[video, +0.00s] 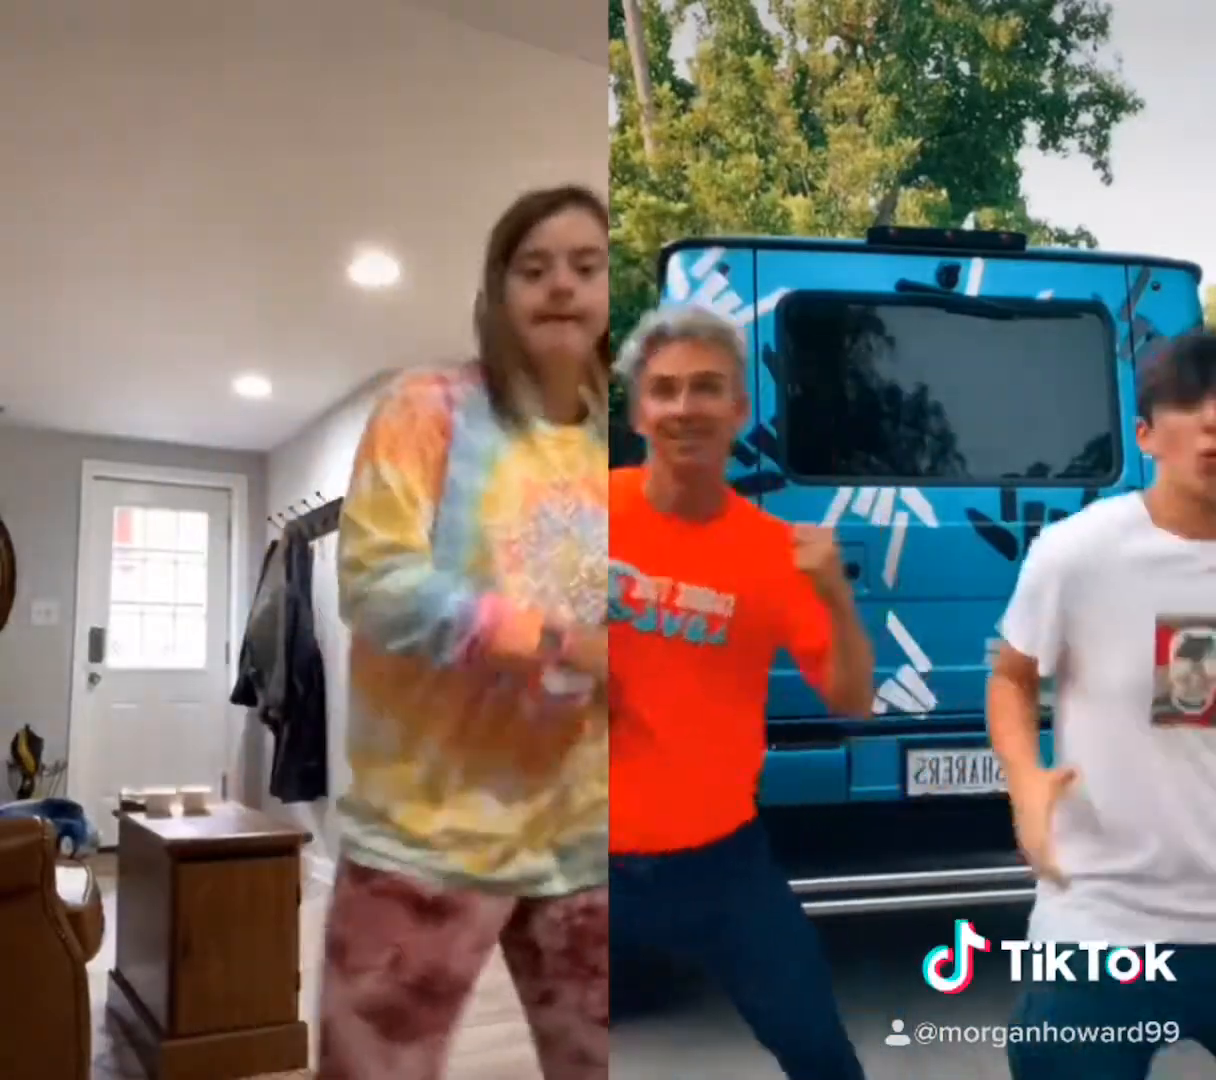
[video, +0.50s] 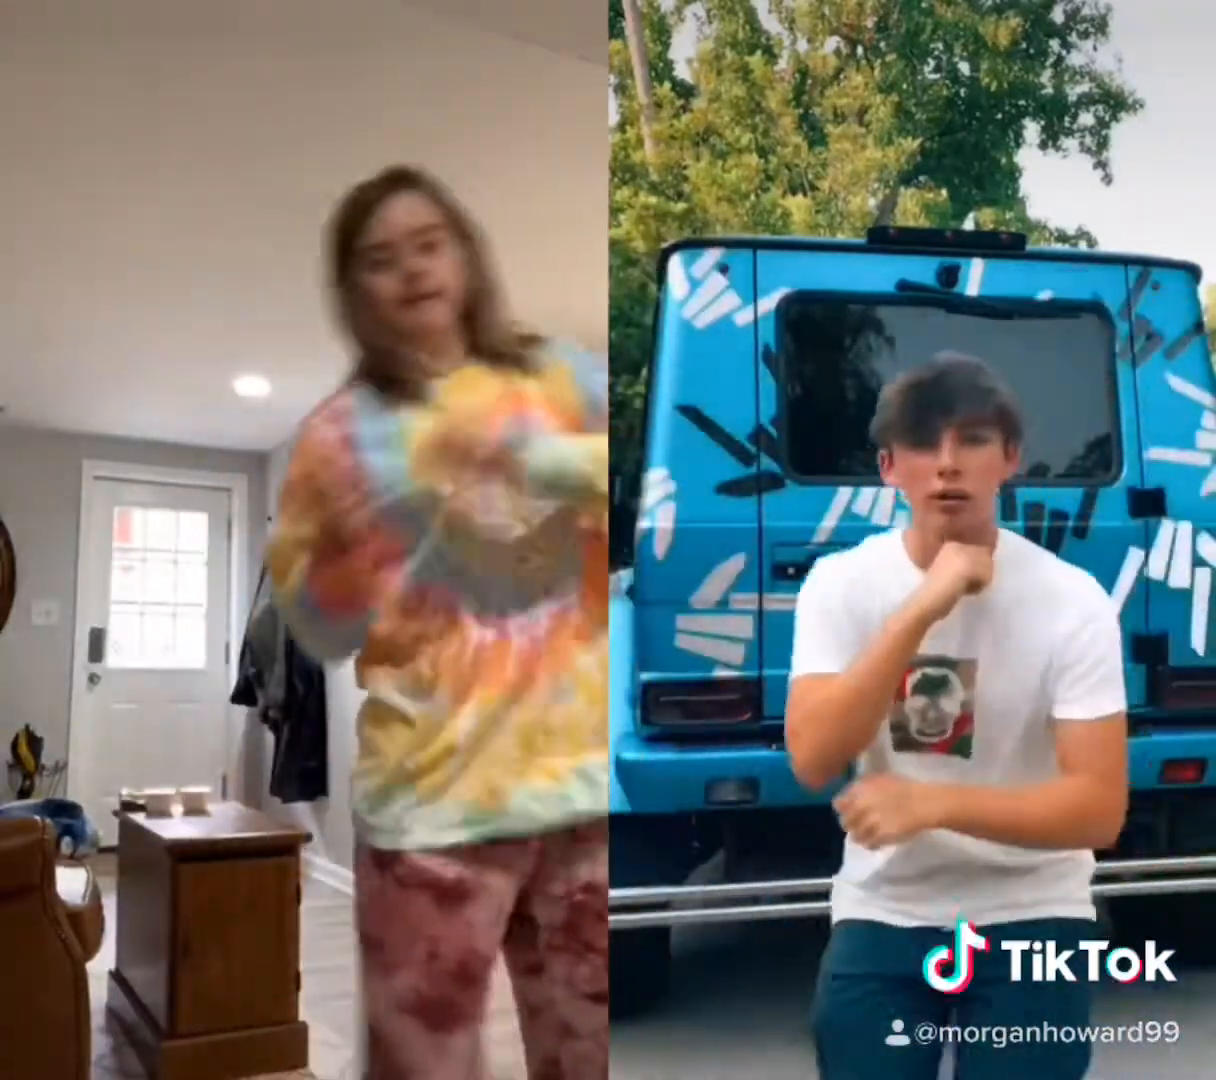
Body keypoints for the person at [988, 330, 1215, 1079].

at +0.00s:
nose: (1212, 424)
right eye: (1191, 407)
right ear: (1146, 433)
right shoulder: (1076, 552)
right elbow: (1011, 678)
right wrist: (1024, 780)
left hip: (1212, 918)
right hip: (1103, 919)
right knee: (1054, 1060)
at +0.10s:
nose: (1141, 374)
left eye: (1164, 355)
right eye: (1117, 355)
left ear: (1198, 379)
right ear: (1078, 381)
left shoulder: (1211, 507)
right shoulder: (1015, 511)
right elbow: (961, 635)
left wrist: (1203, 571)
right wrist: (925, 765)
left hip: (1192, 872)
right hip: (1039, 873)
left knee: (1205, 1060)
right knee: (1000, 1066)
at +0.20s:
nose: (1070, 381)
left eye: (1094, 359)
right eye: (1047, 359)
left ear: (1127, 385)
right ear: (1006, 384)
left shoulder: (1191, 531)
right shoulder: (948, 527)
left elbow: (1214, 711)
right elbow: (915, 684)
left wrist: (1161, 740)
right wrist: (919, 742)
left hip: (1164, 868)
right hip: (1005, 858)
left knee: (1160, 1066)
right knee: (981, 1063)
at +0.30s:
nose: (1006, 453)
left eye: (1029, 430)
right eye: (982, 430)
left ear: (1066, 459)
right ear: (947, 462)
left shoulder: (1132, 610)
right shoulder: (902, 600)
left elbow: (1205, 770)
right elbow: (857, 790)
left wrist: (1115, 888)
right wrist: (945, 676)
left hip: (1106, 909)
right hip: (957, 901)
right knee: (937, 1049)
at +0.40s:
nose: (971, 488)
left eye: (994, 465)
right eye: (948, 467)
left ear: (1029, 488)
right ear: (912, 494)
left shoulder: (1096, 633)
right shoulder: (862, 623)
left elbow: (1159, 826)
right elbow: (827, 805)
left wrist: (1016, 867)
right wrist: (929, 658)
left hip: (1064, 951)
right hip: (910, 946)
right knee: (870, 1052)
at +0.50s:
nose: (949, 464)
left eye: (973, 440)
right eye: (925, 443)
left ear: (1010, 460)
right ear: (890, 468)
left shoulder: (1071, 603)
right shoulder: (839, 584)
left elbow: (1099, 809)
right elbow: (813, 762)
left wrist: (933, 803)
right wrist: (922, 608)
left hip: (1035, 912)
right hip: (884, 910)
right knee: (859, 1047)